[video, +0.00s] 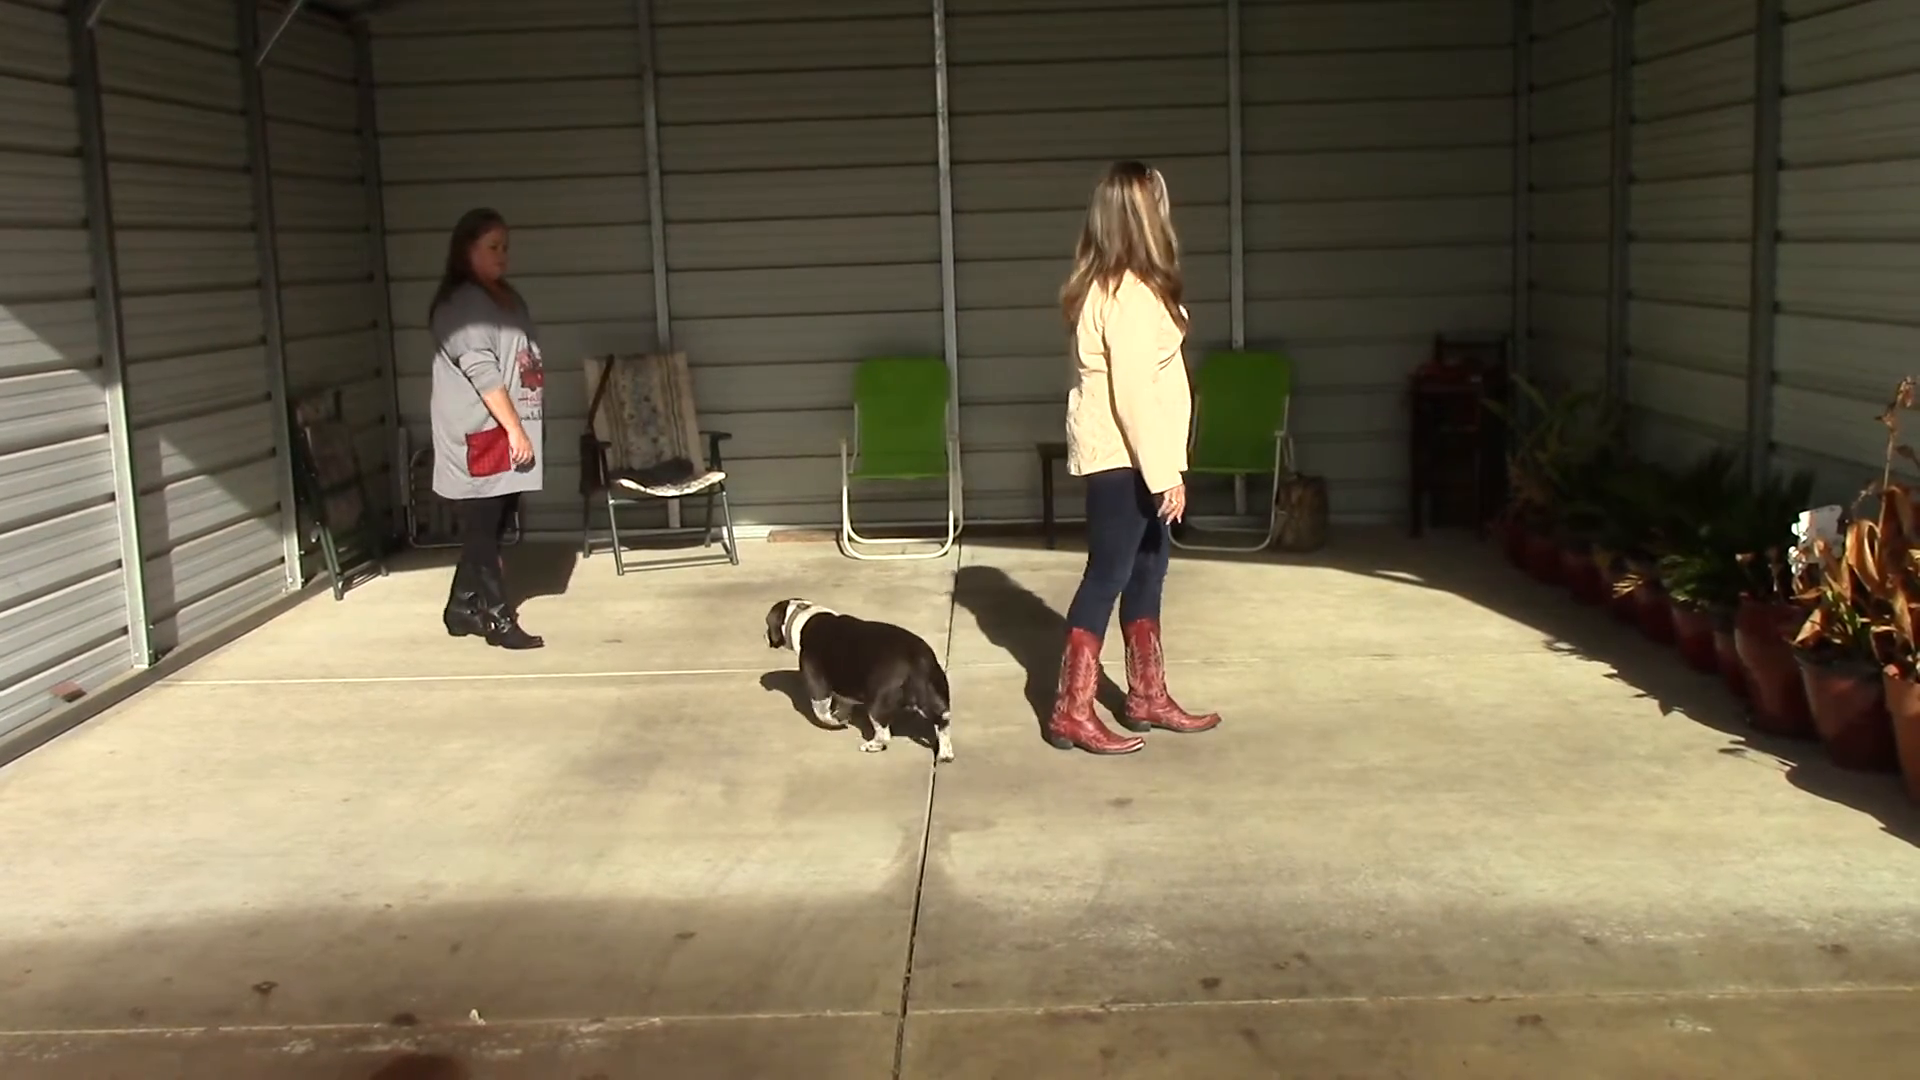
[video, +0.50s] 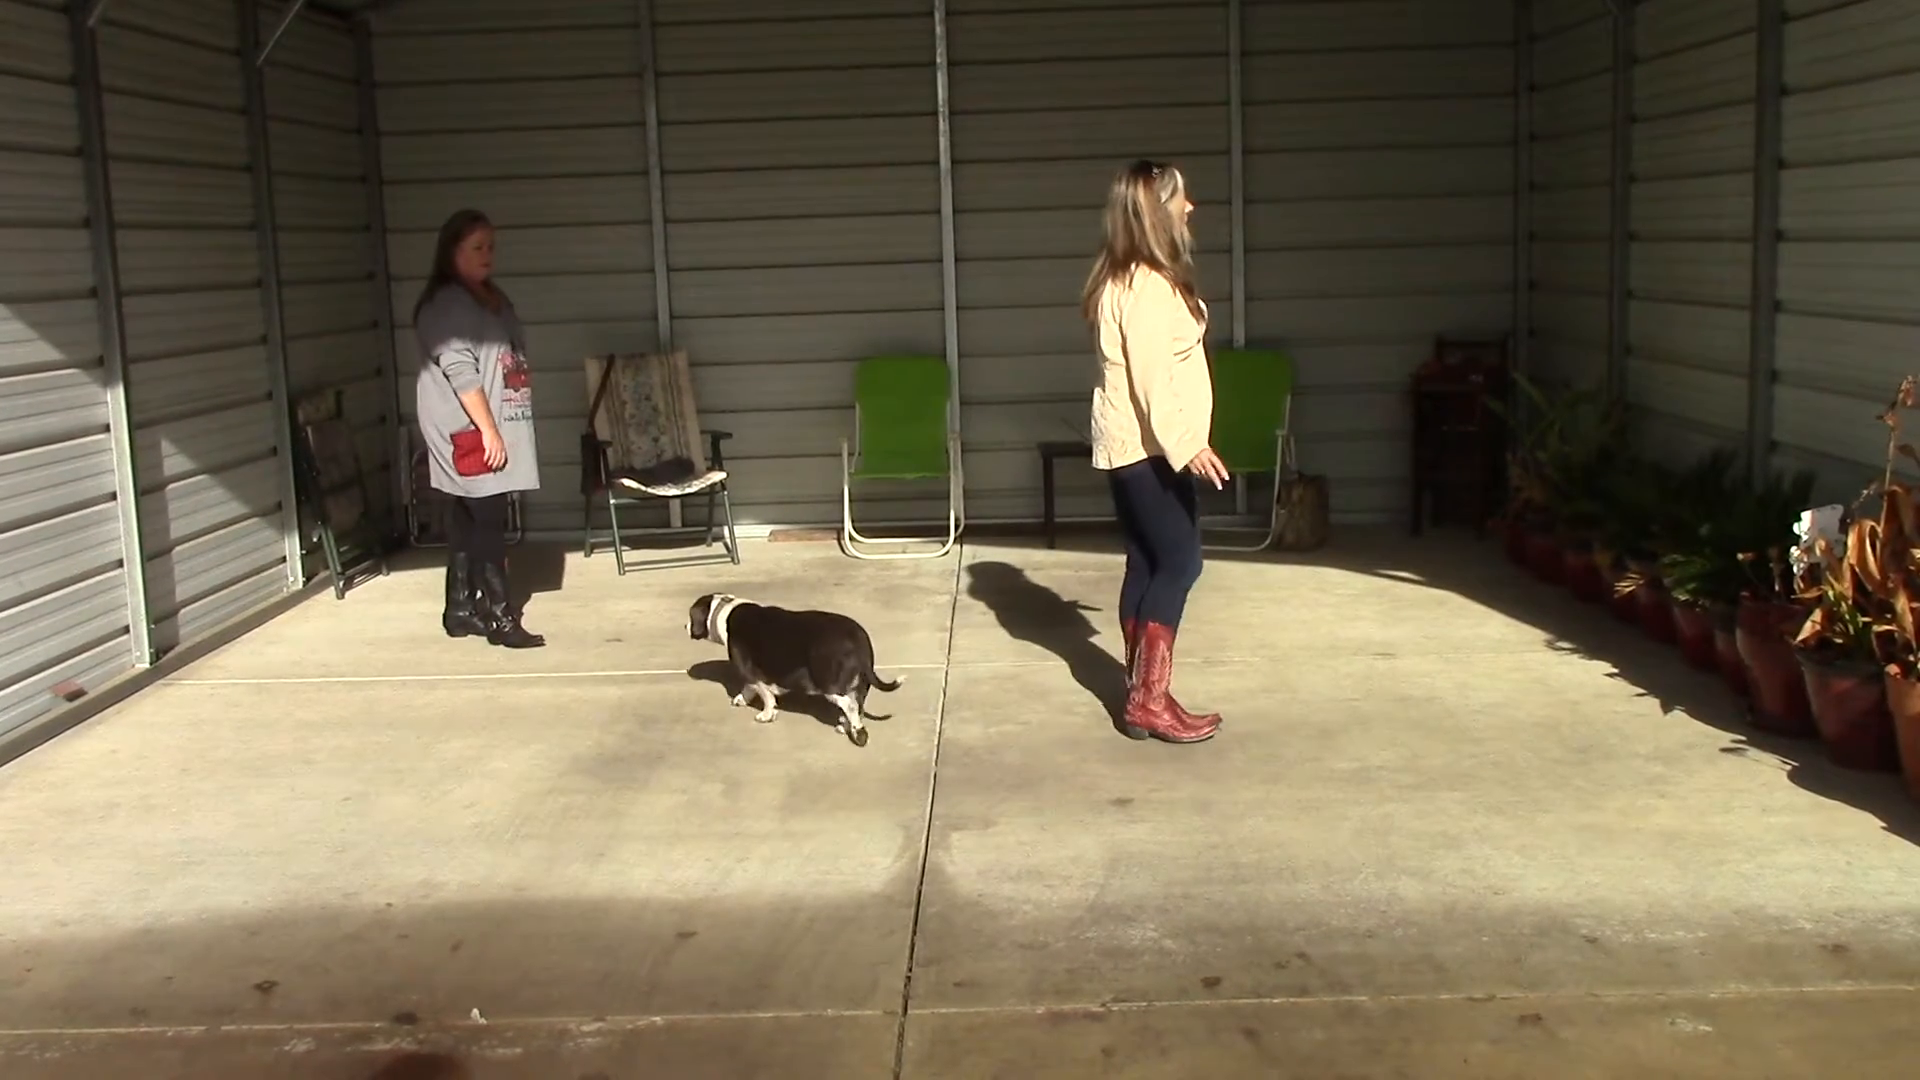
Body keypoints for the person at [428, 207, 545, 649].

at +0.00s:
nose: (502, 255)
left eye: (504, 247)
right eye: (493, 247)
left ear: (505, 251)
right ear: (467, 251)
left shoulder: (506, 298)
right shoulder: (461, 306)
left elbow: (515, 364)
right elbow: (483, 375)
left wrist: (522, 419)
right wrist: (514, 428)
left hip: (501, 429)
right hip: (472, 433)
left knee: (492, 517)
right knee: (482, 521)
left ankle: (463, 603)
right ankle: (497, 615)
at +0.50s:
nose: (486, 255)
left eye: (489, 247)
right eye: (477, 248)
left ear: (492, 251)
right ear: (452, 253)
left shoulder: (494, 301)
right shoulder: (443, 306)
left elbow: (509, 362)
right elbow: (460, 373)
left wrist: (511, 426)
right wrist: (487, 428)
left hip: (487, 426)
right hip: (461, 428)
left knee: (468, 514)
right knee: (489, 515)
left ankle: (460, 606)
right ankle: (498, 614)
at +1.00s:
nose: (485, 255)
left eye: (488, 247)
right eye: (475, 248)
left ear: (491, 250)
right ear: (450, 251)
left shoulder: (494, 298)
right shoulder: (442, 303)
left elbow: (511, 358)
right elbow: (455, 369)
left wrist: (527, 412)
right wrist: (485, 422)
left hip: (485, 421)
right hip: (459, 424)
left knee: (469, 513)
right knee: (482, 514)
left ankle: (460, 606)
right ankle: (497, 614)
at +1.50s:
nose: (492, 255)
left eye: (495, 247)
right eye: (483, 247)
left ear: (496, 249)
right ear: (458, 249)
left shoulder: (487, 294)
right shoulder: (451, 298)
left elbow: (495, 360)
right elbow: (467, 366)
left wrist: (508, 421)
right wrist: (491, 423)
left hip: (485, 420)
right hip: (469, 423)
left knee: (478, 510)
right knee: (490, 510)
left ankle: (464, 602)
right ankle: (500, 611)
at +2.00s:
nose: (497, 265)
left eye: (501, 256)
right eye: (489, 256)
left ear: (503, 256)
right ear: (465, 255)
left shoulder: (497, 300)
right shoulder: (455, 305)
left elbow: (502, 367)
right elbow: (468, 377)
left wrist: (509, 429)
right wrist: (489, 435)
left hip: (485, 429)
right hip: (469, 432)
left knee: (471, 515)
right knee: (489, 517)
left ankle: (464, 604)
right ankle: (497, 610)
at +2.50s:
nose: (543, 318)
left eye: (548, 311)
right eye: (536, 310)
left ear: (552, 307)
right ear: (513, 302)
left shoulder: (531, 338)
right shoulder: (496, 342)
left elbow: (528, 403)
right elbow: (497, 418)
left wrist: (515, 454)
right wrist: (518, 484)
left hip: (477, 420)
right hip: (444, 421)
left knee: (482, 506)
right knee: (491, 506)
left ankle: (465, 603)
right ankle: (501, 611)